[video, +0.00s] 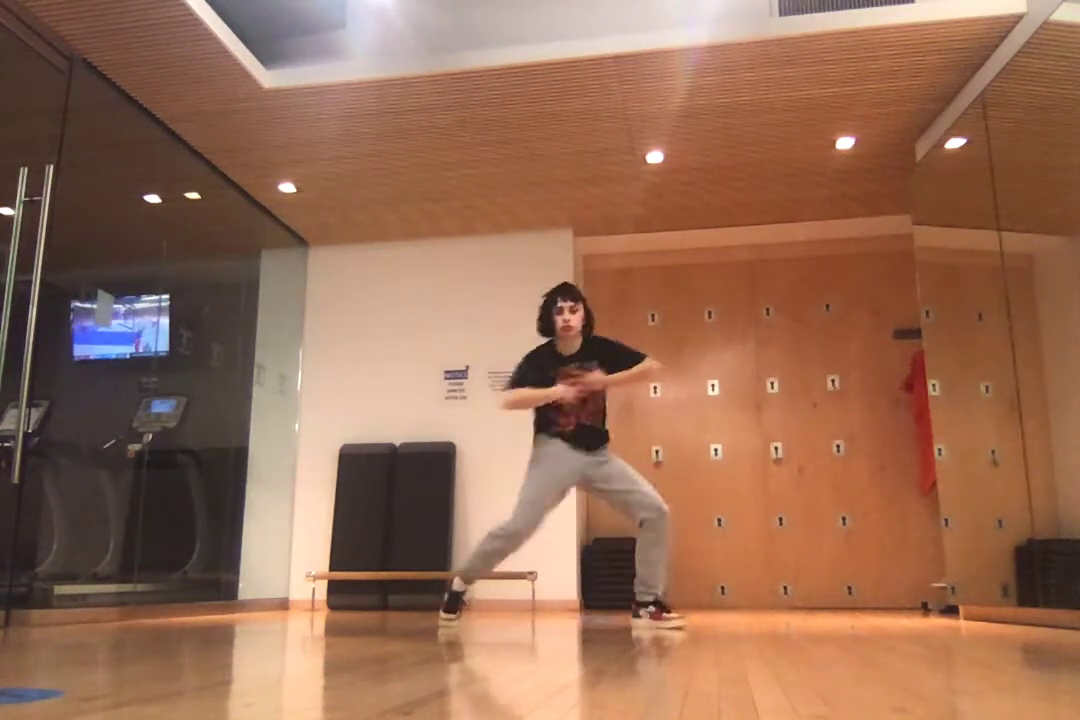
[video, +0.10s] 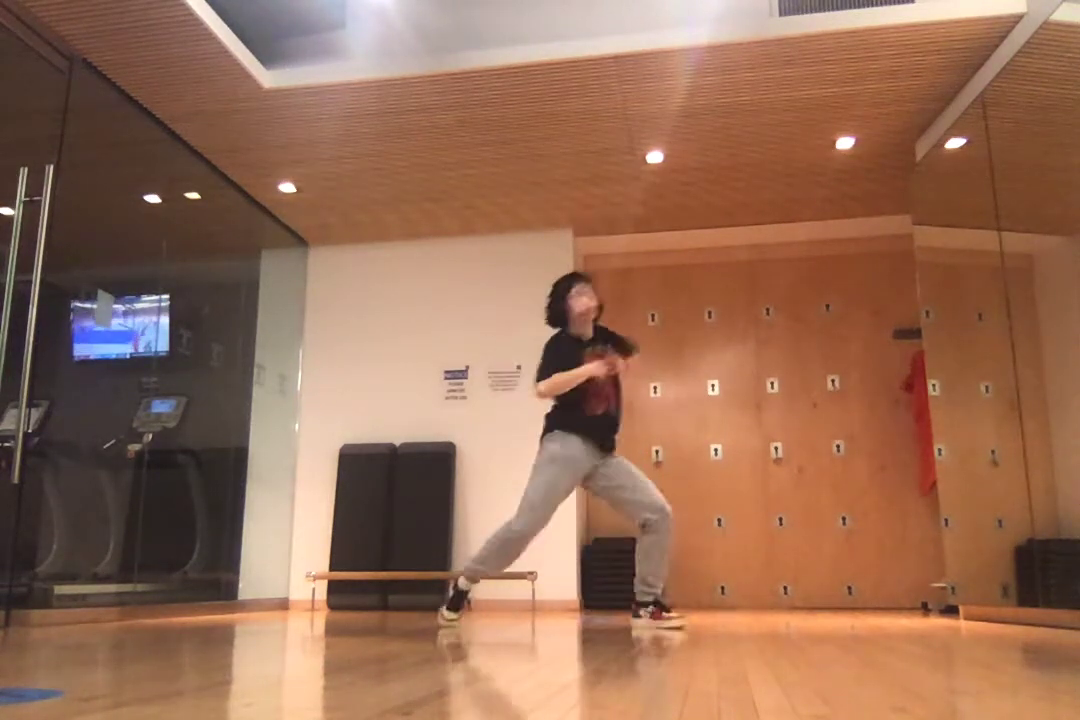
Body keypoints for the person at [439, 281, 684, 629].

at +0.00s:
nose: (567, 317)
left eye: (574, 310)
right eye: (559, 311)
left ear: (585, 315)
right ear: (549, 318)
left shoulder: (600, 349)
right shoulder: (540, 358)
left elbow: (652, 366)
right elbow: (510, 399)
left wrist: (605, 381)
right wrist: (556, 393)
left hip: (597, 456)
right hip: (554, 454)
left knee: (654, 512)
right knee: (521, 525)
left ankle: (647, 602)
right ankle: (459, 586)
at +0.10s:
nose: (585, 300)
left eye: (588, 293)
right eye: (576, 295)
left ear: (597, 301)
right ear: (563, 306)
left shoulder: (607, 340)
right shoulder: (560, 343)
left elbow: (632, 353)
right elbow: (544, 388)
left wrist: (620, 362)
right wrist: (588, 370)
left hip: (602, 452)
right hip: (566, 444)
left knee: (656, 514)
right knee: (526, 525)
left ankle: (647, 603)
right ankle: (463, 584)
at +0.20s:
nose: (610, 294)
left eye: (608, 288)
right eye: (603, 288)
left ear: (594, 296)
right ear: (584, 294)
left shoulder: (601, 337)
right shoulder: (576, 332)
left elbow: (585, 383)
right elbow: (553, 385)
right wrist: (601, 364)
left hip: (611, 447)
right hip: (573, 441)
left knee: (659, 514)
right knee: (526, 516)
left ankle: (650, 604)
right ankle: (468, 582)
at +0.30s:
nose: (607, 305)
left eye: (606, 298)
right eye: (603, 299)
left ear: (582, 300)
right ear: (590, 301)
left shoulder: (596, 339)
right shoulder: (572, 334)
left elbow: (573, 382)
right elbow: (555, 378)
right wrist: (603, 356)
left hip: (611, 446)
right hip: (574, 441)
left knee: (652, 514)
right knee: (537, 525)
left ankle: (650, 604)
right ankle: (474, 584)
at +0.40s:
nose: (609, 306)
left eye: (608, 299)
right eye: (604, 299)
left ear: (584, 300)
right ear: (587, 301)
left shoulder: (593, 337)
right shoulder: (562, 331)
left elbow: (589, 383)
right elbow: (541, 372)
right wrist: (589, 351)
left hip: (598, 450)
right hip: (562, 444)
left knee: (635, 513)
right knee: (539, 531)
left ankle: (648, 603)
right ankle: (474, 587)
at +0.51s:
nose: (600, 326)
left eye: (605, 320)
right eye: (600, 317)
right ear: (584, 307)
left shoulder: (580, 343)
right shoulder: (552, 328)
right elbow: (521, 343)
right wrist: (559, 312)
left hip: (553, 445)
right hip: (518, 438)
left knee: (593, 504)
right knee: (520, 529)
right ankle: (468, 590)